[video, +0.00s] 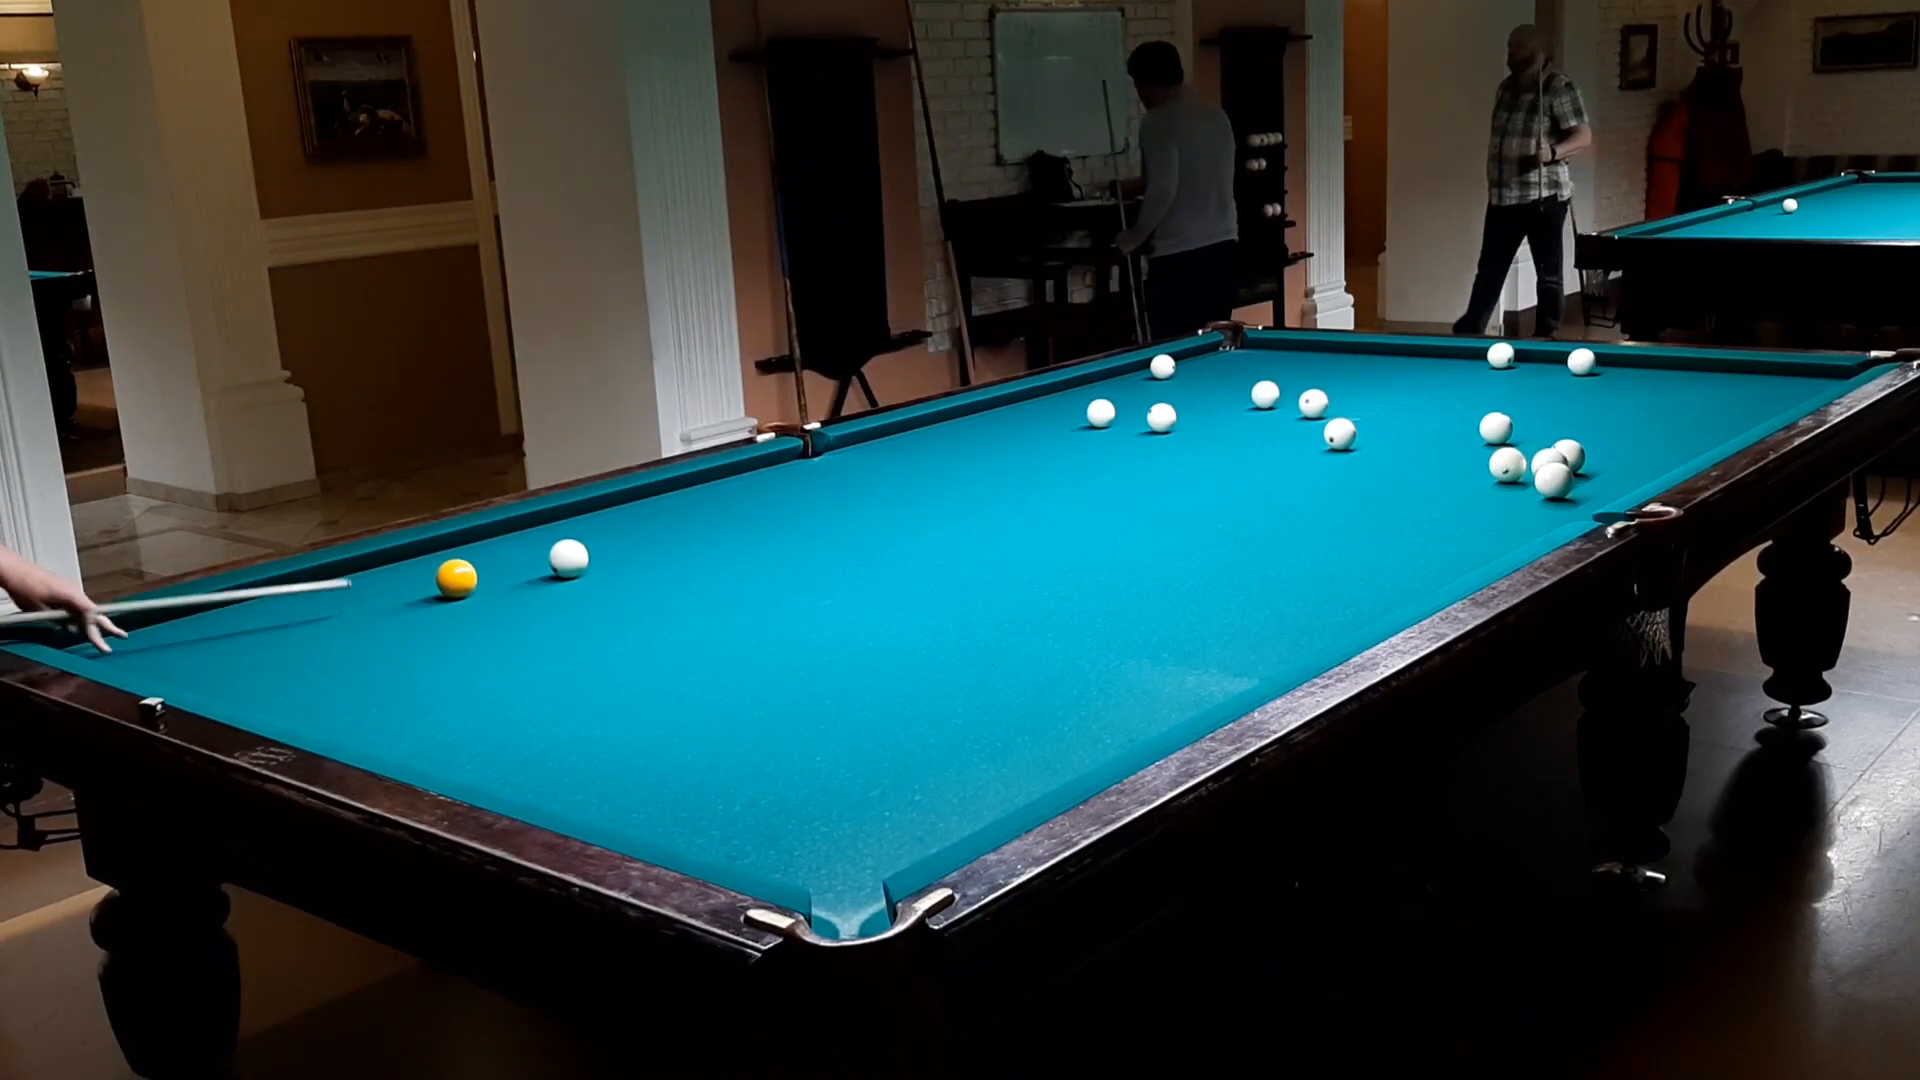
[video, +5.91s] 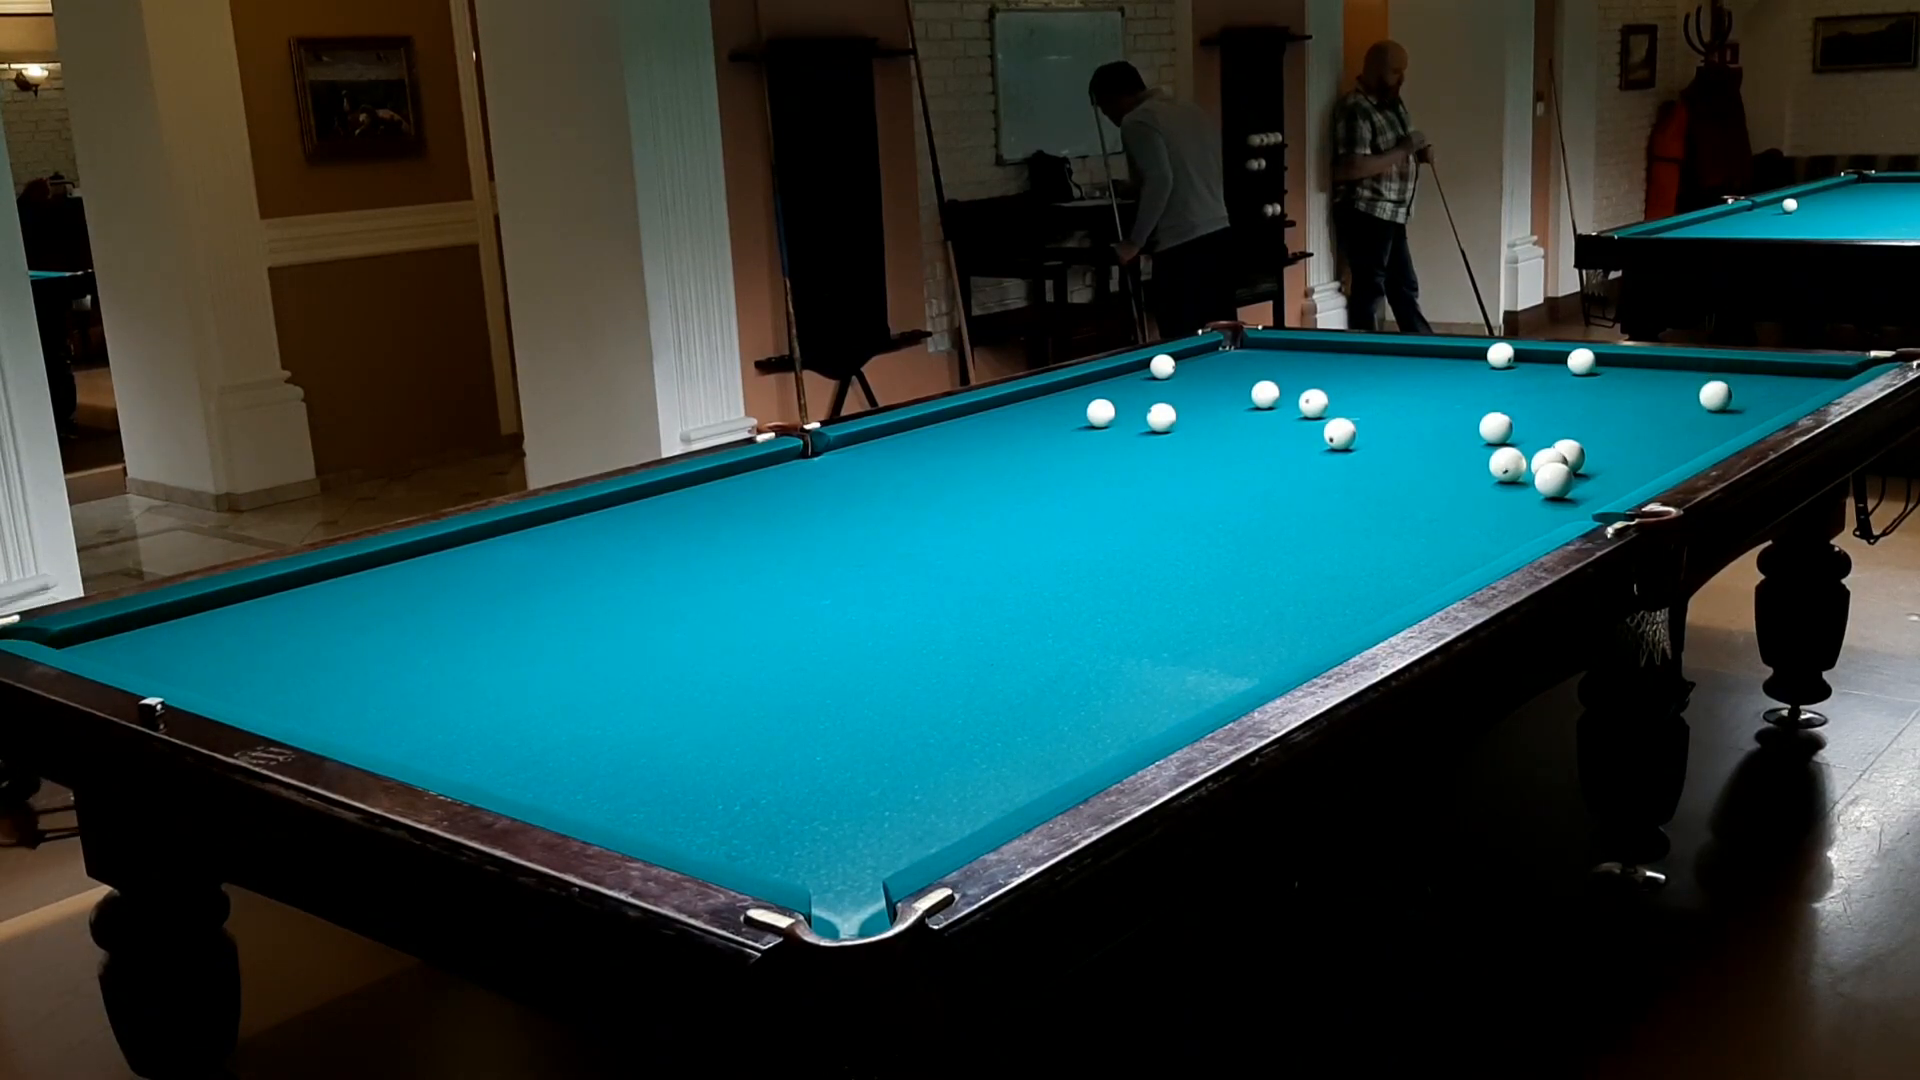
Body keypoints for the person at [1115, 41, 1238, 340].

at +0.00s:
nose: (1137, 92)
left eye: (1138, 83)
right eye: (1136, 83)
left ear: (1149, 82)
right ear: (1177, 72)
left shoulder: (1158, 122)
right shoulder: (1217, 116)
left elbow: (1163, 190)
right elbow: (1218, 180)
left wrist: (1137, 235)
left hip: (1177, 258)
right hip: (1223, 252)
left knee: (1174, 351)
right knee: (1215, 344)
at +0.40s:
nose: (1157, 98)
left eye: (1157, 88)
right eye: (1154, 89)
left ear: (1172, 82)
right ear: (1194, 75)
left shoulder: (1194, 116)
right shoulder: (1232, 113)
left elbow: (1210, 179)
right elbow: (1236, 180)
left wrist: (1164, 225)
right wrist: (1172, 172)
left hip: (1206, 252)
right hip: (1238, 246)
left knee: (1192, 348)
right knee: (1227, 343)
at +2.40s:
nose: (1123, 103)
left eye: (1121, 94)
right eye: (1119, 95)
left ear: (1131, 87)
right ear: (1159, 77)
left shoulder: (1153, 119)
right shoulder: (1200, 110)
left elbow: (1167, 183)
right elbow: (1207, 176)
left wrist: (1137, 242)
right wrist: (1141, 186)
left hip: (1181, 253)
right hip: (1221, 242)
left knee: (1181, 346)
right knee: (1220, 340)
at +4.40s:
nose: (1115, 114)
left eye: (1110, 105)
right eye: (1109, 107)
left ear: (1119, 95)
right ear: (1144, 82)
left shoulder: (1142, 121)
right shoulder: (1189, 109)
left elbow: (1162, 183)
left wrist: (1135, 243)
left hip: (1180, 249)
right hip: (1220, 238)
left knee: (1180, 343)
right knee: (1221, 333)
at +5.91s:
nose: (1107, 115)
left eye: (1104, 106)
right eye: (1102, 108)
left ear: (1115, 98)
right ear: (1138, 85)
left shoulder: (1137, 122)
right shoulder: (1185, 109)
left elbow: (1159, 180)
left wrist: (1134, 243)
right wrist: (1137, 188)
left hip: (1181, 249)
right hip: (1220, 238)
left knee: (1180, 343)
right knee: (1220, 334)